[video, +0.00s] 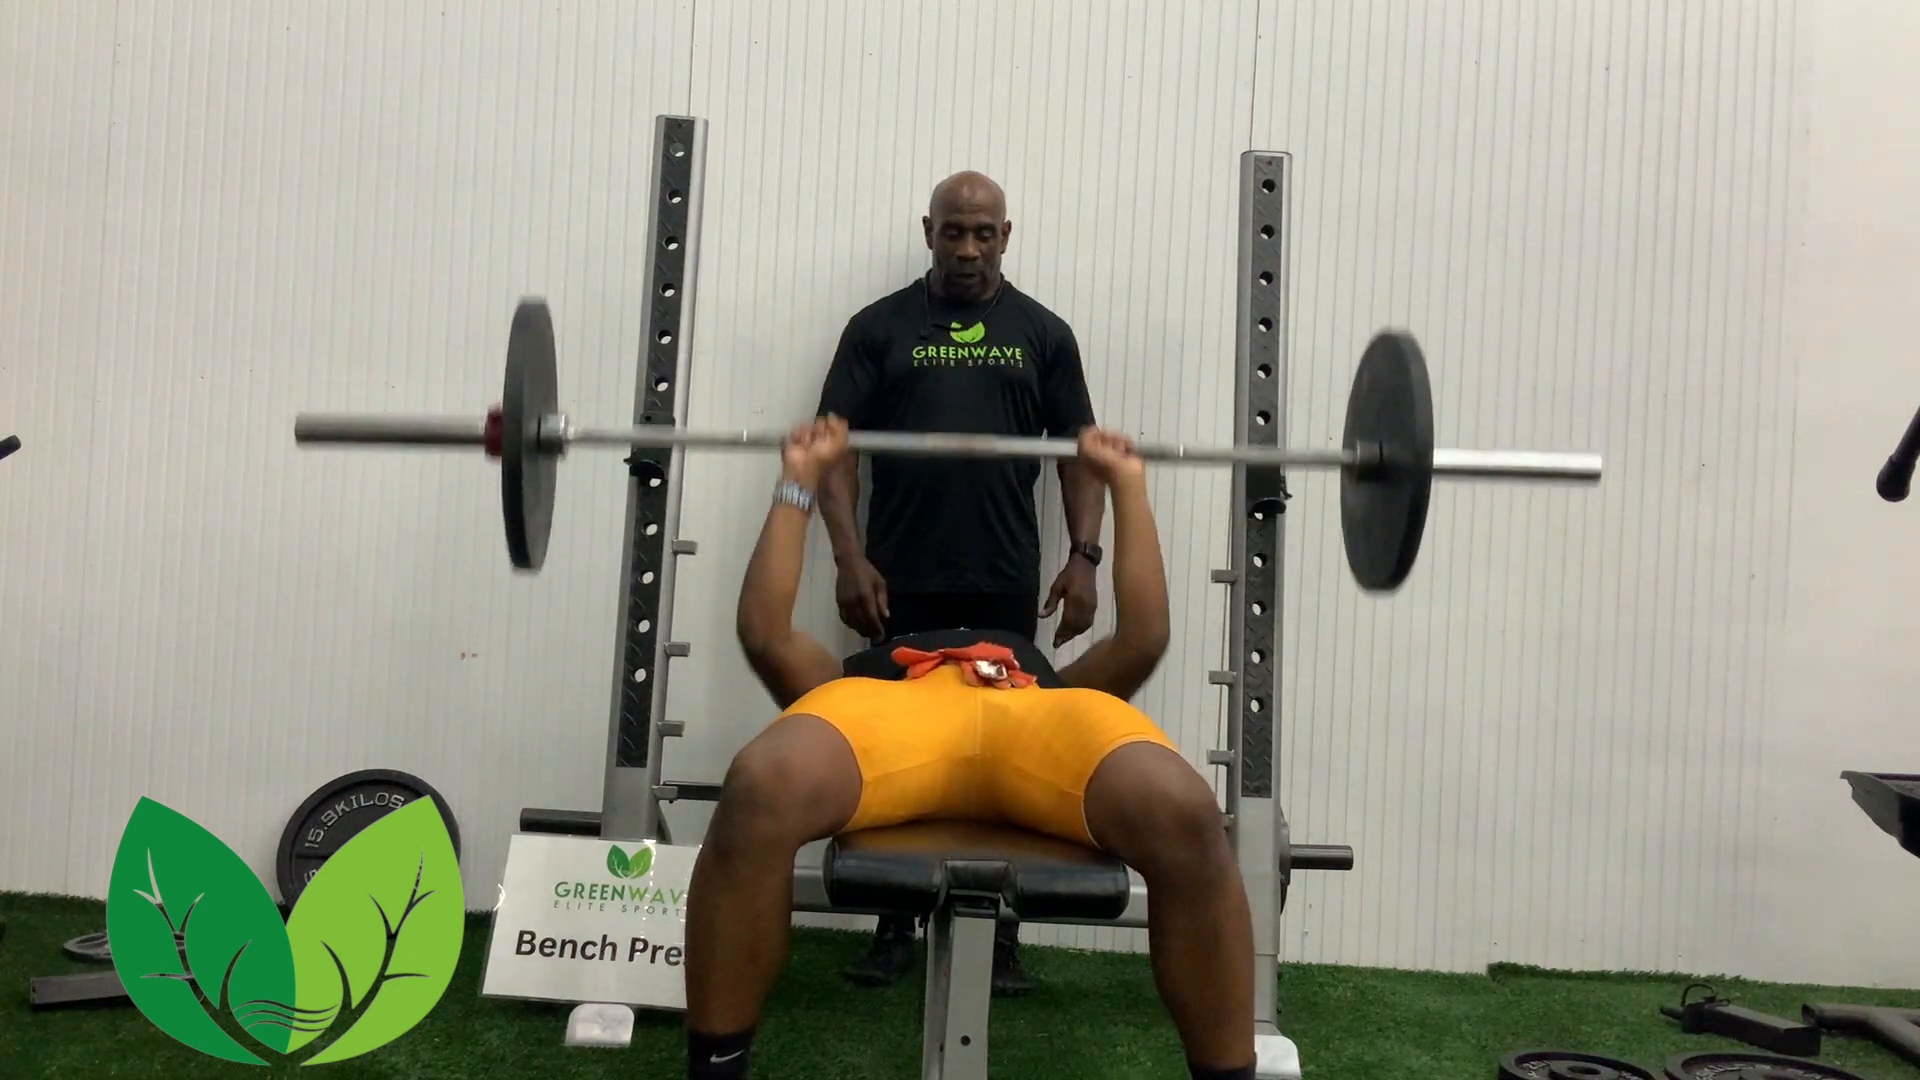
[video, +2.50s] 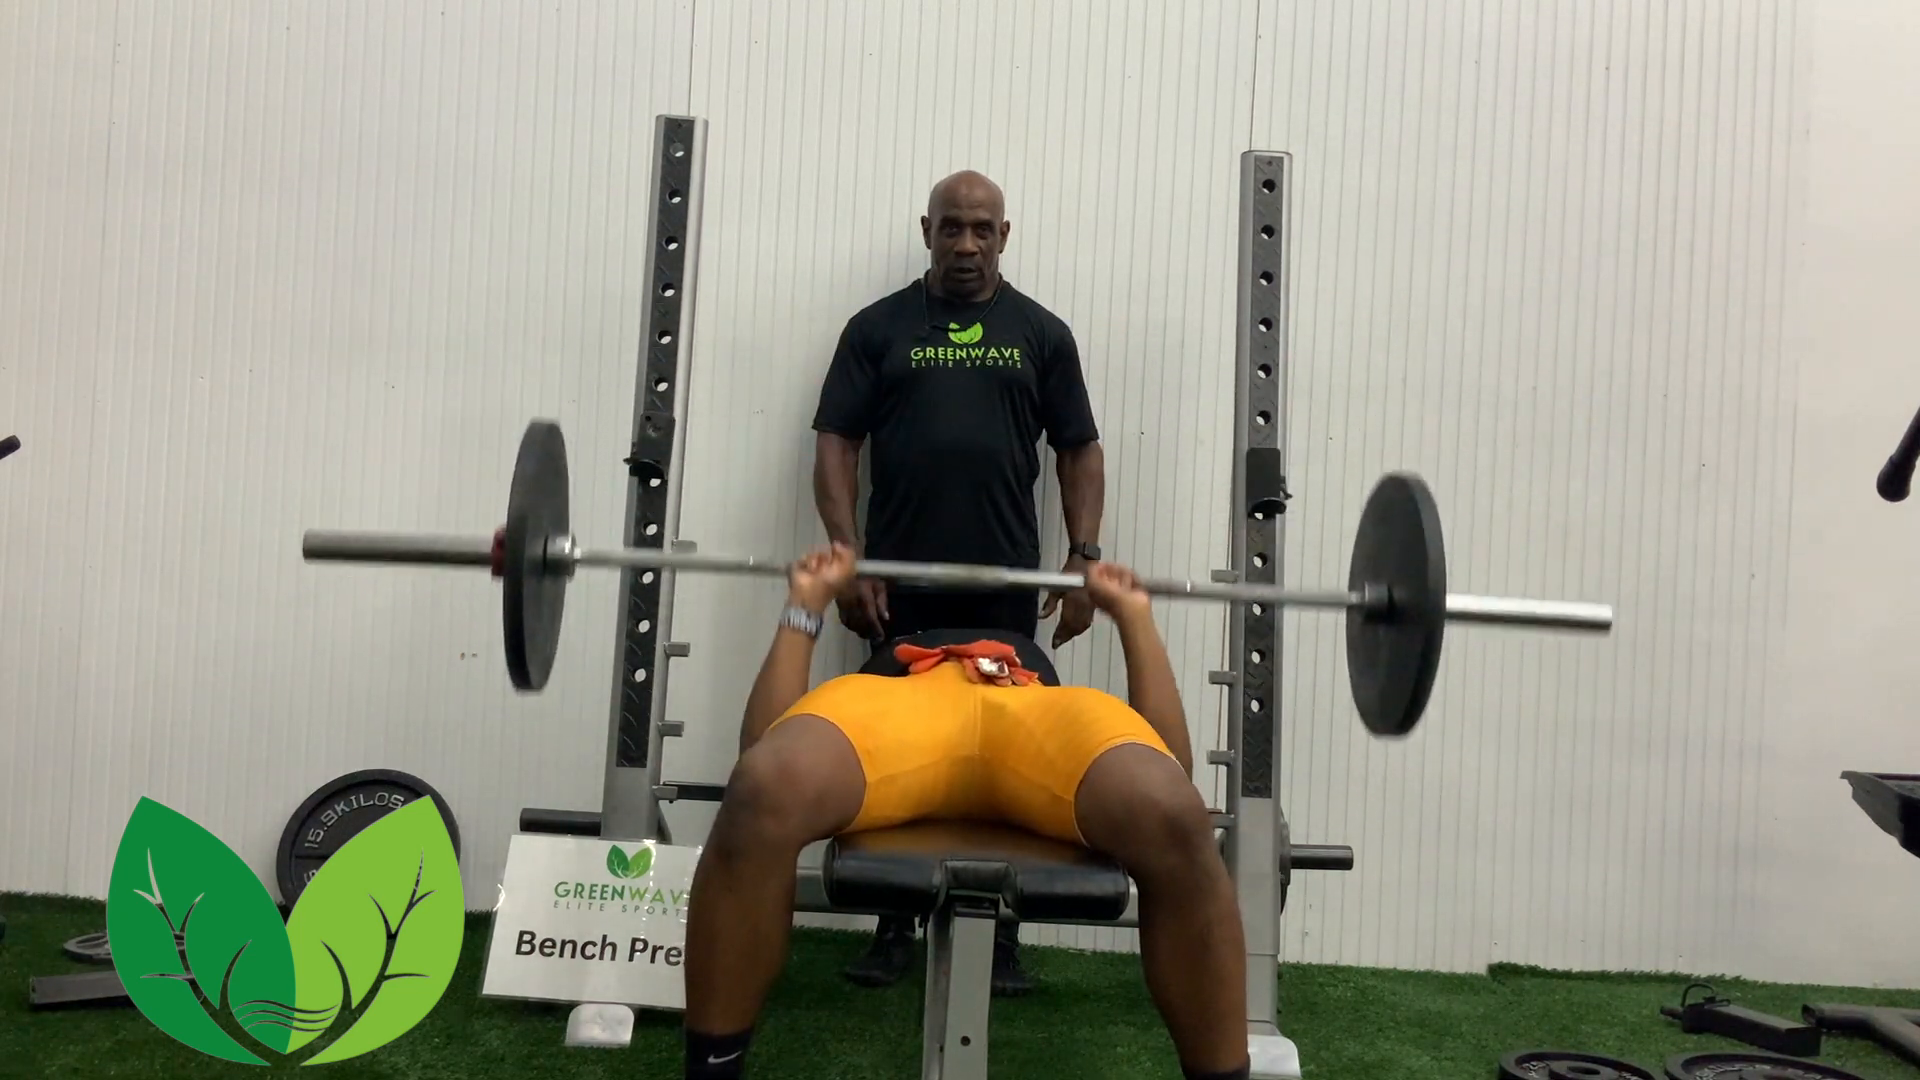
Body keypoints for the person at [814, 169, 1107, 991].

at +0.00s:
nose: (970, 248)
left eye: (986, 234)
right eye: (955, 233)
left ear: (1007, 240)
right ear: (929, 236)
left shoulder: (1044, 335)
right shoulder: (876, 332)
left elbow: (1077, 457)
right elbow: (835, 454)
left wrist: (1083, 556)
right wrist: (850, 558)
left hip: (1008, 585)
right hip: (903, 583)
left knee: (1012, 752)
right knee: (890, 748)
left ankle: (998, 929)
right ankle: (896, 918)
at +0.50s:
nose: (969, 249)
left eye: (985, 235)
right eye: (954, 233)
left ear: (1007, 239)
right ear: (928, 235)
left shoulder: (1041, 335)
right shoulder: (877, 330)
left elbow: (1079, 452)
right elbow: (836, 451)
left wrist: (1083, 560)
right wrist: (850, 562)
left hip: (1005, 591)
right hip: (903, 587)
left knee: (1011, 763)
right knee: (892, 757)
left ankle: (1000, 931)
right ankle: (895, 922)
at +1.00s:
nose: (969, 249)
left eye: (986, 235)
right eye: (954, 233)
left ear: (1006, 241)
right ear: (928, 234)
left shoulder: (1044, 336)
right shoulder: (879, 328)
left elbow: (1076, 461)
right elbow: (833, 445)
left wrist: (1082, 561)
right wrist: (847, 556)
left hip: (1008, 582)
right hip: (896, 580)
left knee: (1012, 746)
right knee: (887, 743)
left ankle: (1000, 926)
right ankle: (897, 919)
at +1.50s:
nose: (968, 245)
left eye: (984, 232)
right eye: (953, 230)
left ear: (1006, 239)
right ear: (927, 233)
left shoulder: (1041, 336)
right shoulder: (877, 330)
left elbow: (1078, 450)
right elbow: (836, 451)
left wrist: (1081, 555)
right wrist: (852, 565)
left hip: (1008, 592)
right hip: (899, 588)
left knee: (1012, 766)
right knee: (891, 763)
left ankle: (1001, 931)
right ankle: (895, 925)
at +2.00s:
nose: (966, 244)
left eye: (983, 230)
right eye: (951, 228)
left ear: (1004, 238)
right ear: (927, 233)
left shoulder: (1041, 334)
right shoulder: (877, 330)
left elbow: (1077, 457)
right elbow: (842, 453)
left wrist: (1084, 556)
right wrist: (848, 556)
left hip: (1008, 584)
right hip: (899, 578)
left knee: (1013, 753)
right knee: (889, 747)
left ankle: (1000, 929)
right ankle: (896, 919)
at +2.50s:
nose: (968, 244)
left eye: (984, 231)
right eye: (952, 229)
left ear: (1005, 239)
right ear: (927, 235)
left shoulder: (1042, 336)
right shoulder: (876, 330)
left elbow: (1079, 452)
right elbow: (835, 447)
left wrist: (1082, 558)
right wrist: (848, 560)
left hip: (1006, 590)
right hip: (901, 587)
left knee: (1012, 761)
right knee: (889, 757)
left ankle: (1000, 930)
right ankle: (895, 922)